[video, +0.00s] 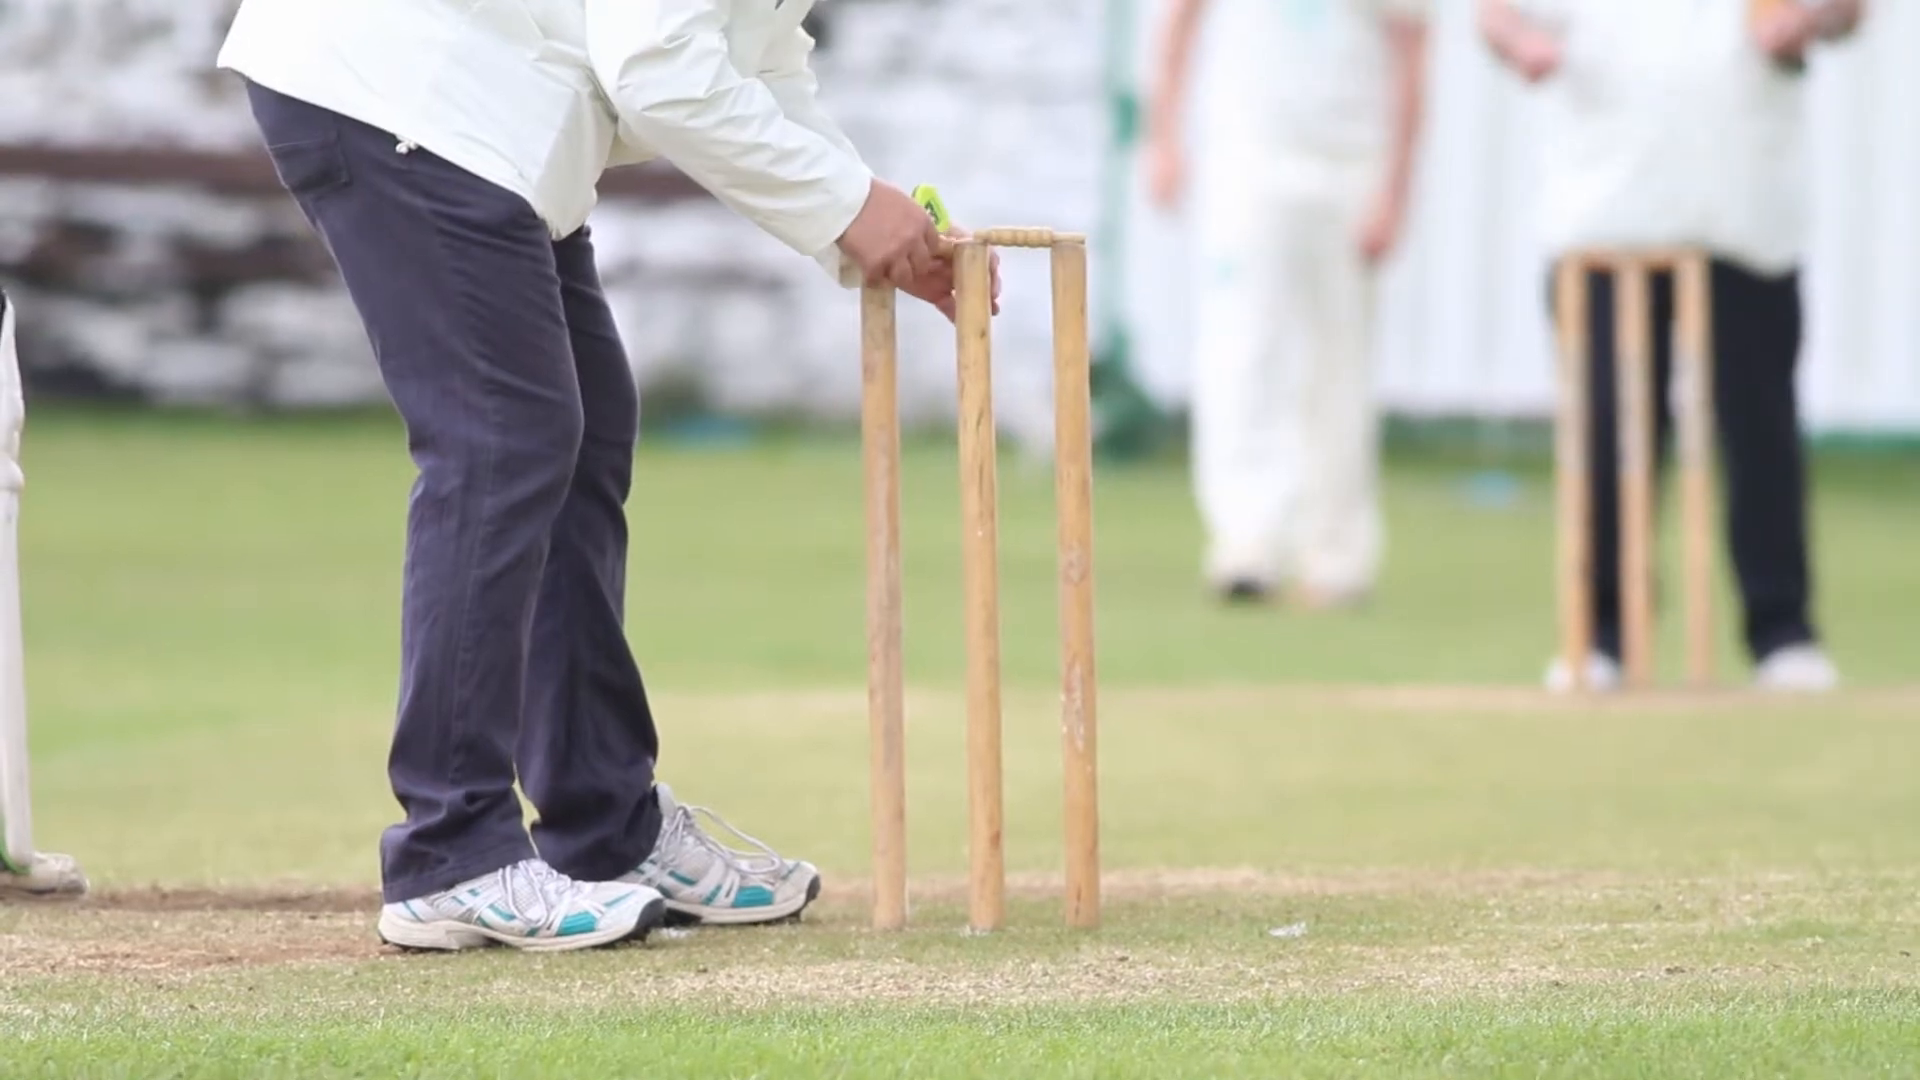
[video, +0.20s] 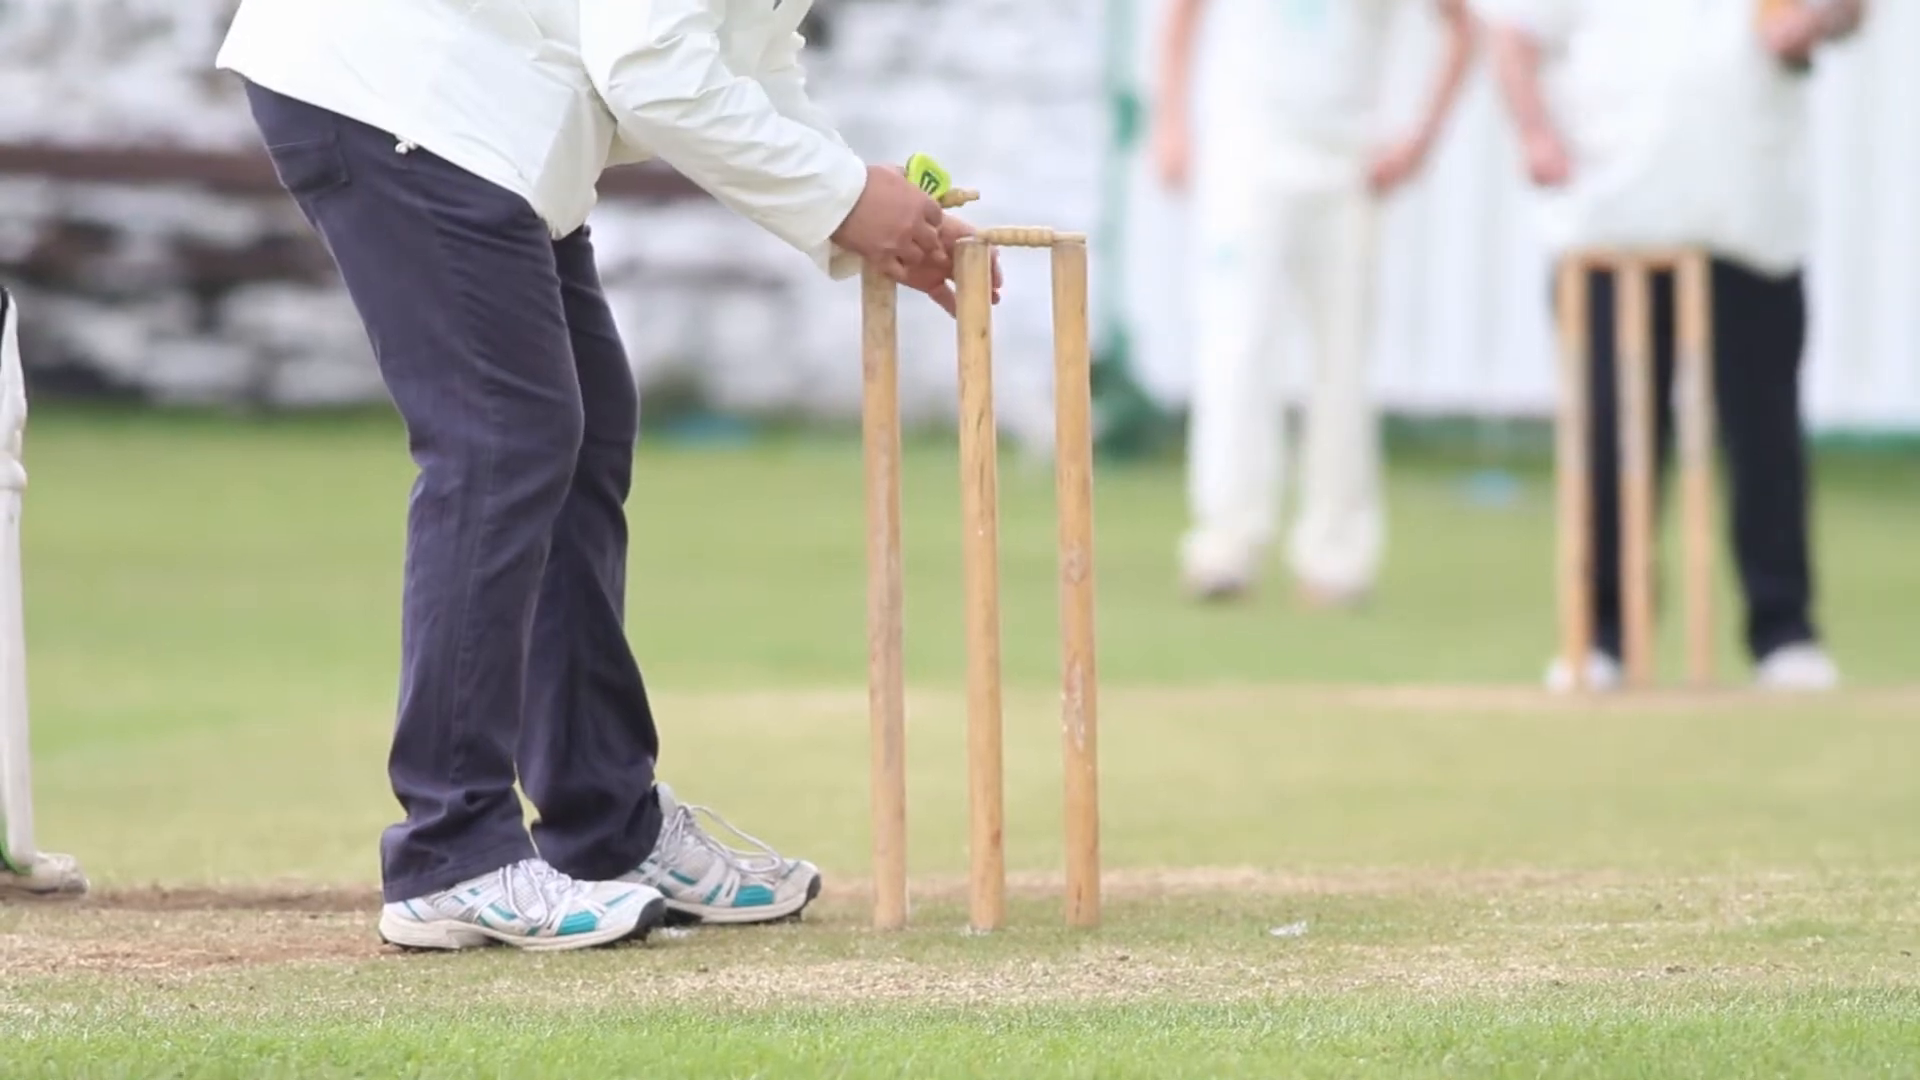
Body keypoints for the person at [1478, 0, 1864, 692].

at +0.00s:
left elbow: (1851, 9)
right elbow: (1490, 8)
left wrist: (1806, 17)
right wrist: (1518, 36)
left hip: (1746, 190)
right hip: (1603, 192)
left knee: (1761, 435)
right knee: (1610, 440)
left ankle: (1784, 641)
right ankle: (1600, 646)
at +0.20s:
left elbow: (1852, 10)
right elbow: (1513, 27)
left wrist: (1809, 20)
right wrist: (1537, 131)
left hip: (1751, 208)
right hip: (1612, 211)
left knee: (1765, 443)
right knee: (1614, 448)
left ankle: (1785, 640)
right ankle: (1601, 645)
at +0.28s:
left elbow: (1855, 10)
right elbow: (1518, 31)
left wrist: (1815, 20)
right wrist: (1537, 154)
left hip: (1758, 208)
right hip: (1622, 212)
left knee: (1769, 442)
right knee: (1617, 448)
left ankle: (1786, 639)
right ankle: (1603, 644)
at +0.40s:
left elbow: (1860, 11)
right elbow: (1531, 30)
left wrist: (1825, 19)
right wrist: (1538, 167)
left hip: (1764, 208)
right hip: (1625, 210)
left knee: (1775, 446)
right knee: (1620, 447)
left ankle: (1786, 639)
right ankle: (1604, 643)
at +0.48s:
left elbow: (1869, 10)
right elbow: (1542, 32)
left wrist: (1833, 19)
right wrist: (1545, 176)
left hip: (1772, 203)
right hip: (1628, 205)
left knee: (1780, 445)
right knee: (1621, 440)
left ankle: (1787, 639)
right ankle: (1604, 642)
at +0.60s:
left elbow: (1885, 9)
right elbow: (1558, 32)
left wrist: (1848, 19)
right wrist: (1560, 181)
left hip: (1789, 206)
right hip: (1640, 207)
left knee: (1787, 447)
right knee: (1628, 441)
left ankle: (1789, 638)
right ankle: (1605, 641)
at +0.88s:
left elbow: (1902, 16)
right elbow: (1596, 36)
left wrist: (1882, 18)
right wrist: (1598, 177)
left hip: (1820, 208)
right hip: (1679, 207)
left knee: (1805, 446)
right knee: (1656, 441)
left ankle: (1793, 638)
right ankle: (1609, 640)